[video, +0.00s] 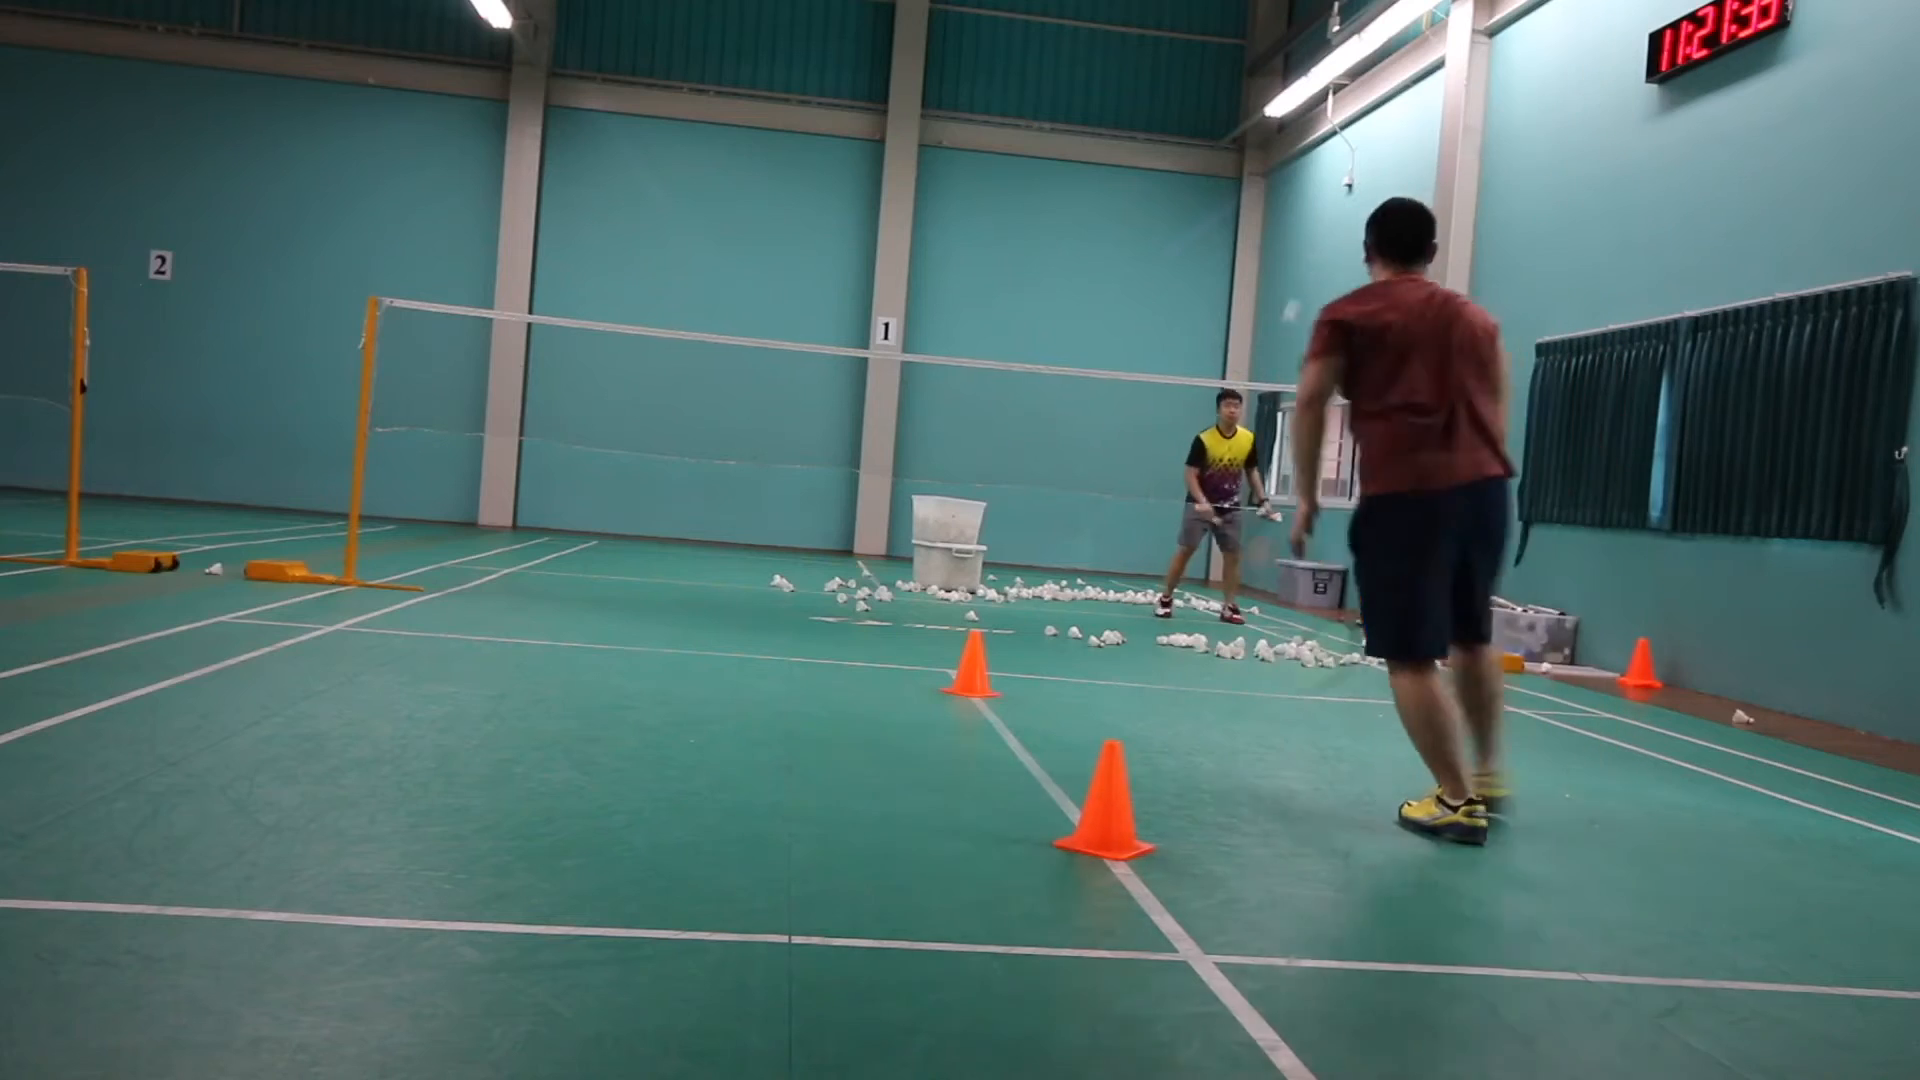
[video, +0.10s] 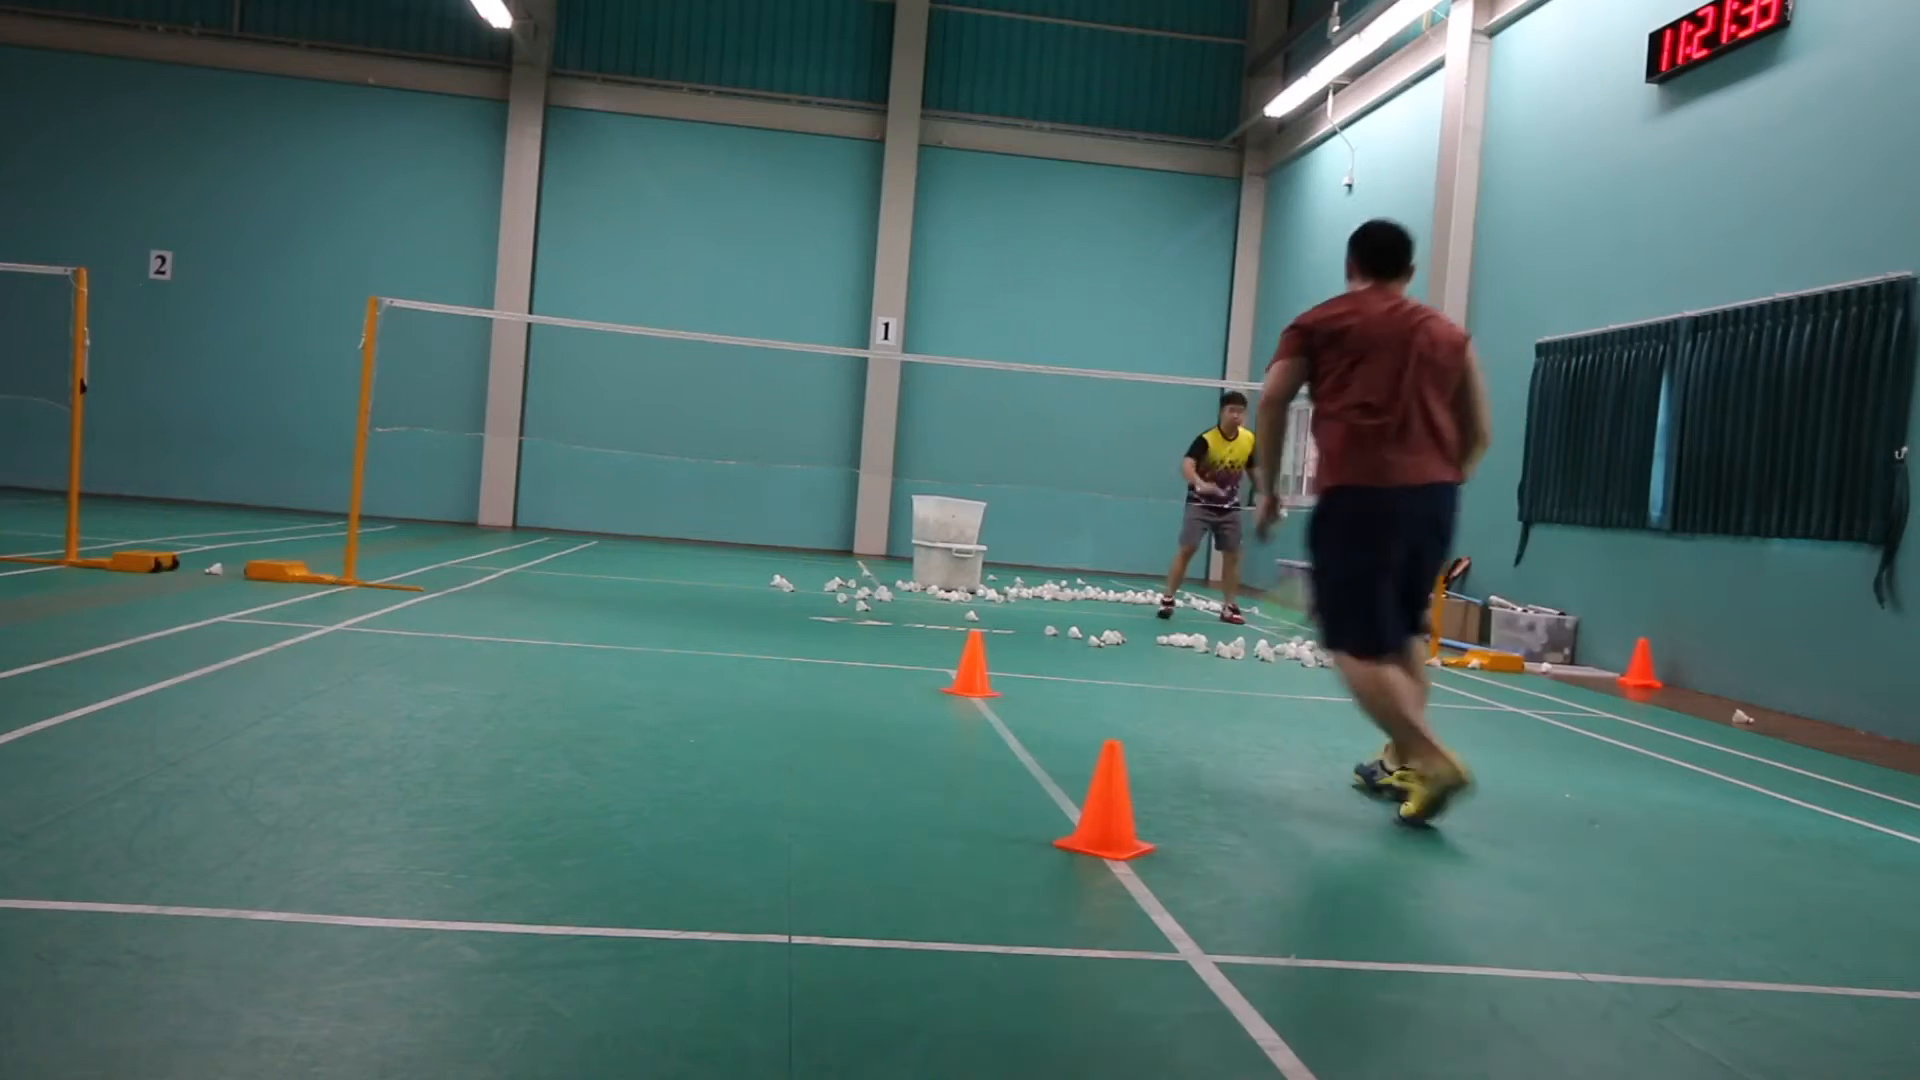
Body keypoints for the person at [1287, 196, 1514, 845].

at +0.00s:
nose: (1369, 258)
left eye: (1369, 248)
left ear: (1370, 251)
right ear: (1432, 253)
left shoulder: (1347, 316)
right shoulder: (1476, 320)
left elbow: (1310, 400)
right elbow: (1496, 412)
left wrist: (1307, 499)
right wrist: (1479, 484)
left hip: (1399, 506)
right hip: (1481, 500)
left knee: (1411, 656)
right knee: (1472, 636)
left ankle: (1457, 800)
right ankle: (1488, 777)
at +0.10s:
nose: (1350, 277)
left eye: (1349, 268)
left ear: (1350, 268)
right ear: (1409, 272)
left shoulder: (1318, 324)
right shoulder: (1447, 333)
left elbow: (1272, 400)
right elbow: (1478, 433)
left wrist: (1269, 487)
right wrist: (1442, 481)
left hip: (1355, 499)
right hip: (1433, 500)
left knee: (1355, 645)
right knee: (1406, 631)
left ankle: (1435, 764)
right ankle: (1402, 759)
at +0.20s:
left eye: (1301, 300)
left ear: (1302, 299)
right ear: (1356, 306)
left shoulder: (1273, 349)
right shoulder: (1389, 363)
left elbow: (1225, 429)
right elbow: (1414, 457)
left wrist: (1206, 511)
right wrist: (1382, 502)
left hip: (1286, 512)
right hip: (1368, 519)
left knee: (1222, 616)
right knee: (1367, 636)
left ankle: (1279, 720)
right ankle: (1397, 765)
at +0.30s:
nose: (1233, 303)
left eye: (1231, 294)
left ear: (1233, 295)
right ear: (1284, 298)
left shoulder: (1211, 342)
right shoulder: (1319, 358)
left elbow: (1176, 411)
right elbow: (1328, 446)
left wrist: (1151, 498)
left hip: (1225, 511)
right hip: (1303, 518)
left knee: (1140, 589)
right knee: (1328, 635)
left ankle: (1107, 718)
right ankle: (1388, 756)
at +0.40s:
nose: (1125, 284)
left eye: (1127, 276)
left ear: (1131, 279)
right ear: (1179, 282)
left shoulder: (1125, 334)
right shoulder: (1200, 341)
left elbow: (1104, 410)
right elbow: (1216, 422)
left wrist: (1077, 496)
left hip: (1145, 506)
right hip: (1207, 511)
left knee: (1070, 597)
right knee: (1173, 618)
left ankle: (1071, 719)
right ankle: (1273, 679)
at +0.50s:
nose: (1053, 287)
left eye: (1055, 278)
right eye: (1057, 277)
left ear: (1061, 282)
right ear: (1104, 283)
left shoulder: (1085, 339)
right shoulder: (1115, 332)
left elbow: (1074, 422)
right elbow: (1071, 422)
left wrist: (1037, 503)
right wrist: (1024, 476)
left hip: (1112, 497)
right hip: (1149, 496)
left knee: (1034, 596)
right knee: (1066, 591)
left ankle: (1068, 717)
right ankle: (1084, 685)